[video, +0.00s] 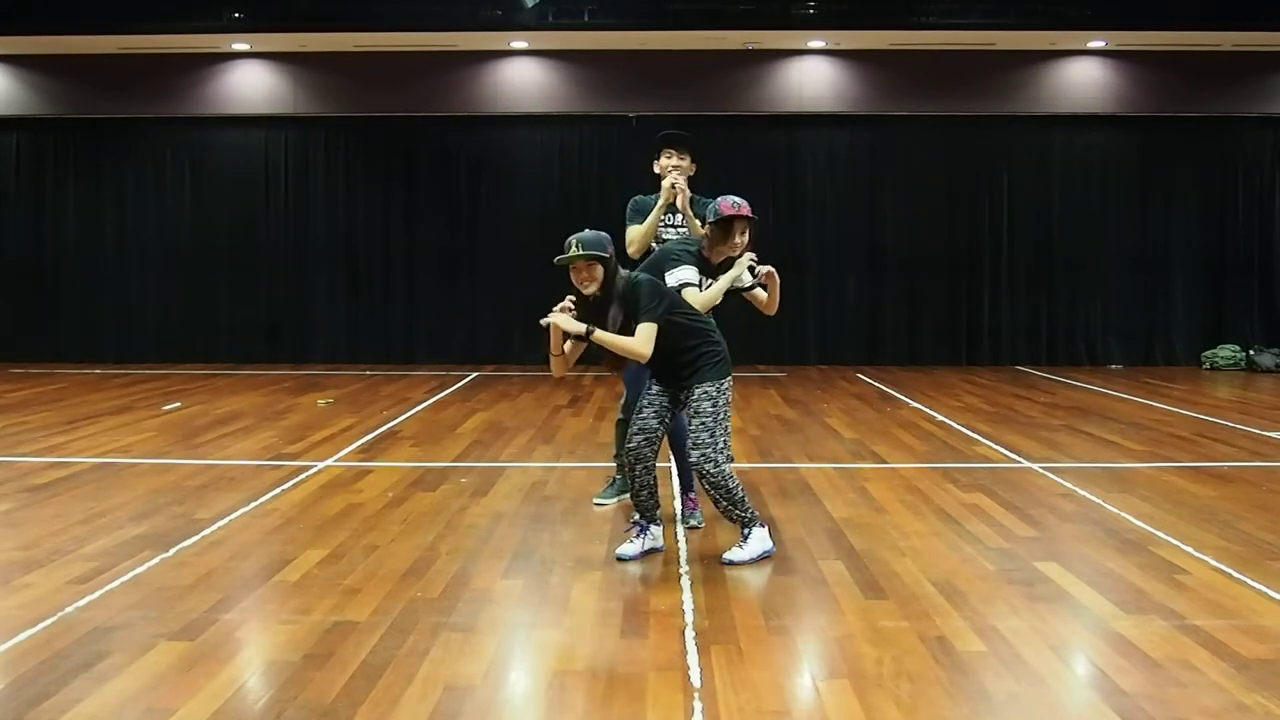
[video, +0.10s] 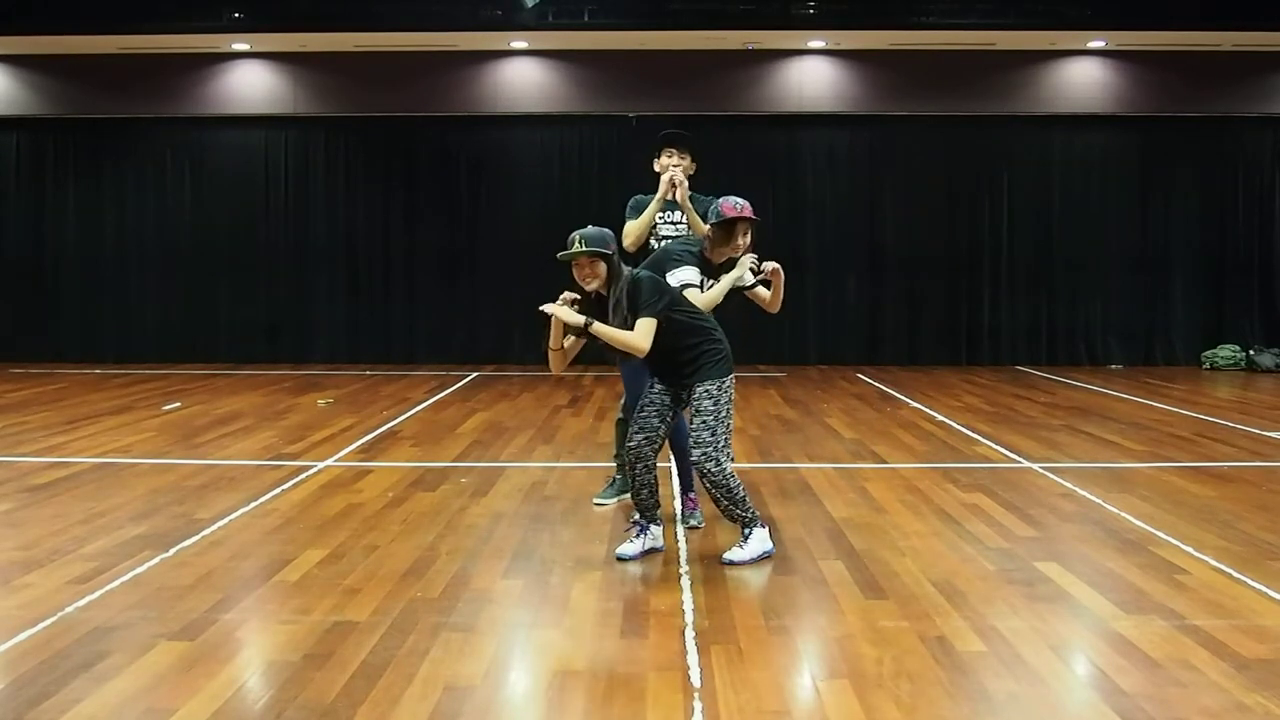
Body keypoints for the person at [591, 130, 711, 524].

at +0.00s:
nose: (671, 165)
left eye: (679, 160)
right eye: (665, 159)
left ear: (693, 167)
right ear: (655, 166)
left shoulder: (705, 206)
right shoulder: (642, 205)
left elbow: (712, 247)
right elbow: (633, 249)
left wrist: (685, 210)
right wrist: (662, 205)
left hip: (690, 323)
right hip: (640, 317)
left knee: (682, 411)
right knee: (633, 400)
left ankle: (688, 493)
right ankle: (624, 474)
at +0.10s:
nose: (671, 164)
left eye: (679, 158)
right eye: (665, 157)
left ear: (693, 166)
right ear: (655, 164)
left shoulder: (705, 204)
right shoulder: (640, 203)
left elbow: (713, 244)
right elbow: (629, 243)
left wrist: (685, 204)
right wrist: (660, 198)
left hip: (685, 323)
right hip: (636, 316)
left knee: (677, 411)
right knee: (633, 401)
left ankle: (688, 493)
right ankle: (624, 475)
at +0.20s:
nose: (671, 164)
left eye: (679, 158)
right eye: (665, 157)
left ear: (692, 166)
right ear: (655, 164)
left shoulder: (706, 204)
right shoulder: (640, 202)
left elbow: (714, 243)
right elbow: (628, 241)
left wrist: (685, 202)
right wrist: (657, 198)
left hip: (688, 321)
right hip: (638, 312)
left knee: (678, 410)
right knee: (634, 400)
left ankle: (688, 490)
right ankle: (624, 474)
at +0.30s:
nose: (671, 164)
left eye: (679, 158)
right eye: (665, 158)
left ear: (692, 166)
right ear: (654, 166)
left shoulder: (705, 207)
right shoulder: (641, 206)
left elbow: (713, 248)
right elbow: (631, 249)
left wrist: (685, 210)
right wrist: (658, 203)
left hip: (690, 317)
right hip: (640, 311)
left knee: (680, 409)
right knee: (634, 398)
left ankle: (688, 492)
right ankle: (624, 474)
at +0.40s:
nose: (672, 164)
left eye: (679, 158)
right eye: (666, 158)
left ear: (693, 166)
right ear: (655, 166)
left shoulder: (706, 210)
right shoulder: (643, 207)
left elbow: (712, 255)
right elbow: (636, 254)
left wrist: (682, 217)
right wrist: (661, 209)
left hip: (689, 323)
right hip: (639, 316)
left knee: (677, 412)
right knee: (633, 400)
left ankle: (688, 494)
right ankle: (624, 474)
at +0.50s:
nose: (672, 165)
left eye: (679, 159)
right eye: (665, 159)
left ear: (693, 166)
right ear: (655, 166)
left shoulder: (707, 208)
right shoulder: (642, 204)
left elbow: (711, 249)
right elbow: (631, 249)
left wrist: (683, 213)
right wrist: (660, 204)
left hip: (686, 323)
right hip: (637, 318)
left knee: (677, 409)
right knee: (633, 400)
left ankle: (687, 493)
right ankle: (624, 475)